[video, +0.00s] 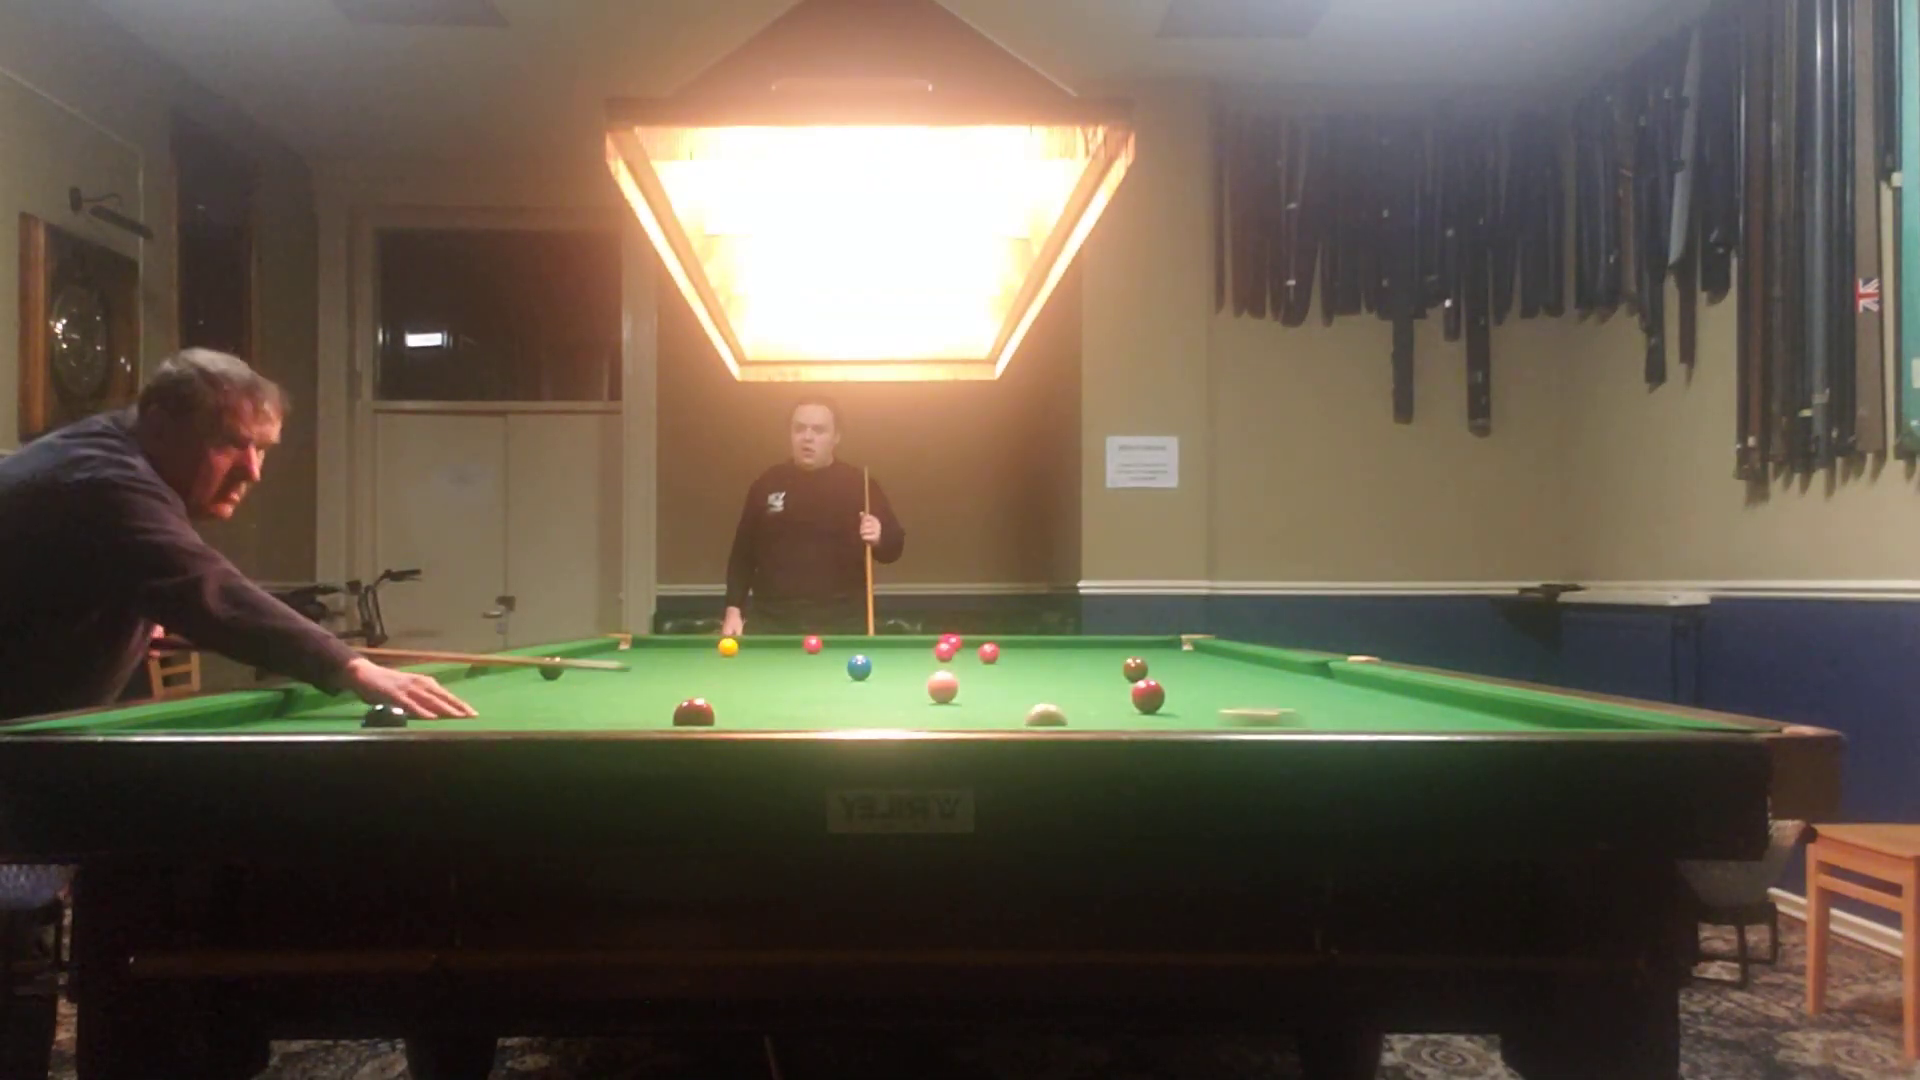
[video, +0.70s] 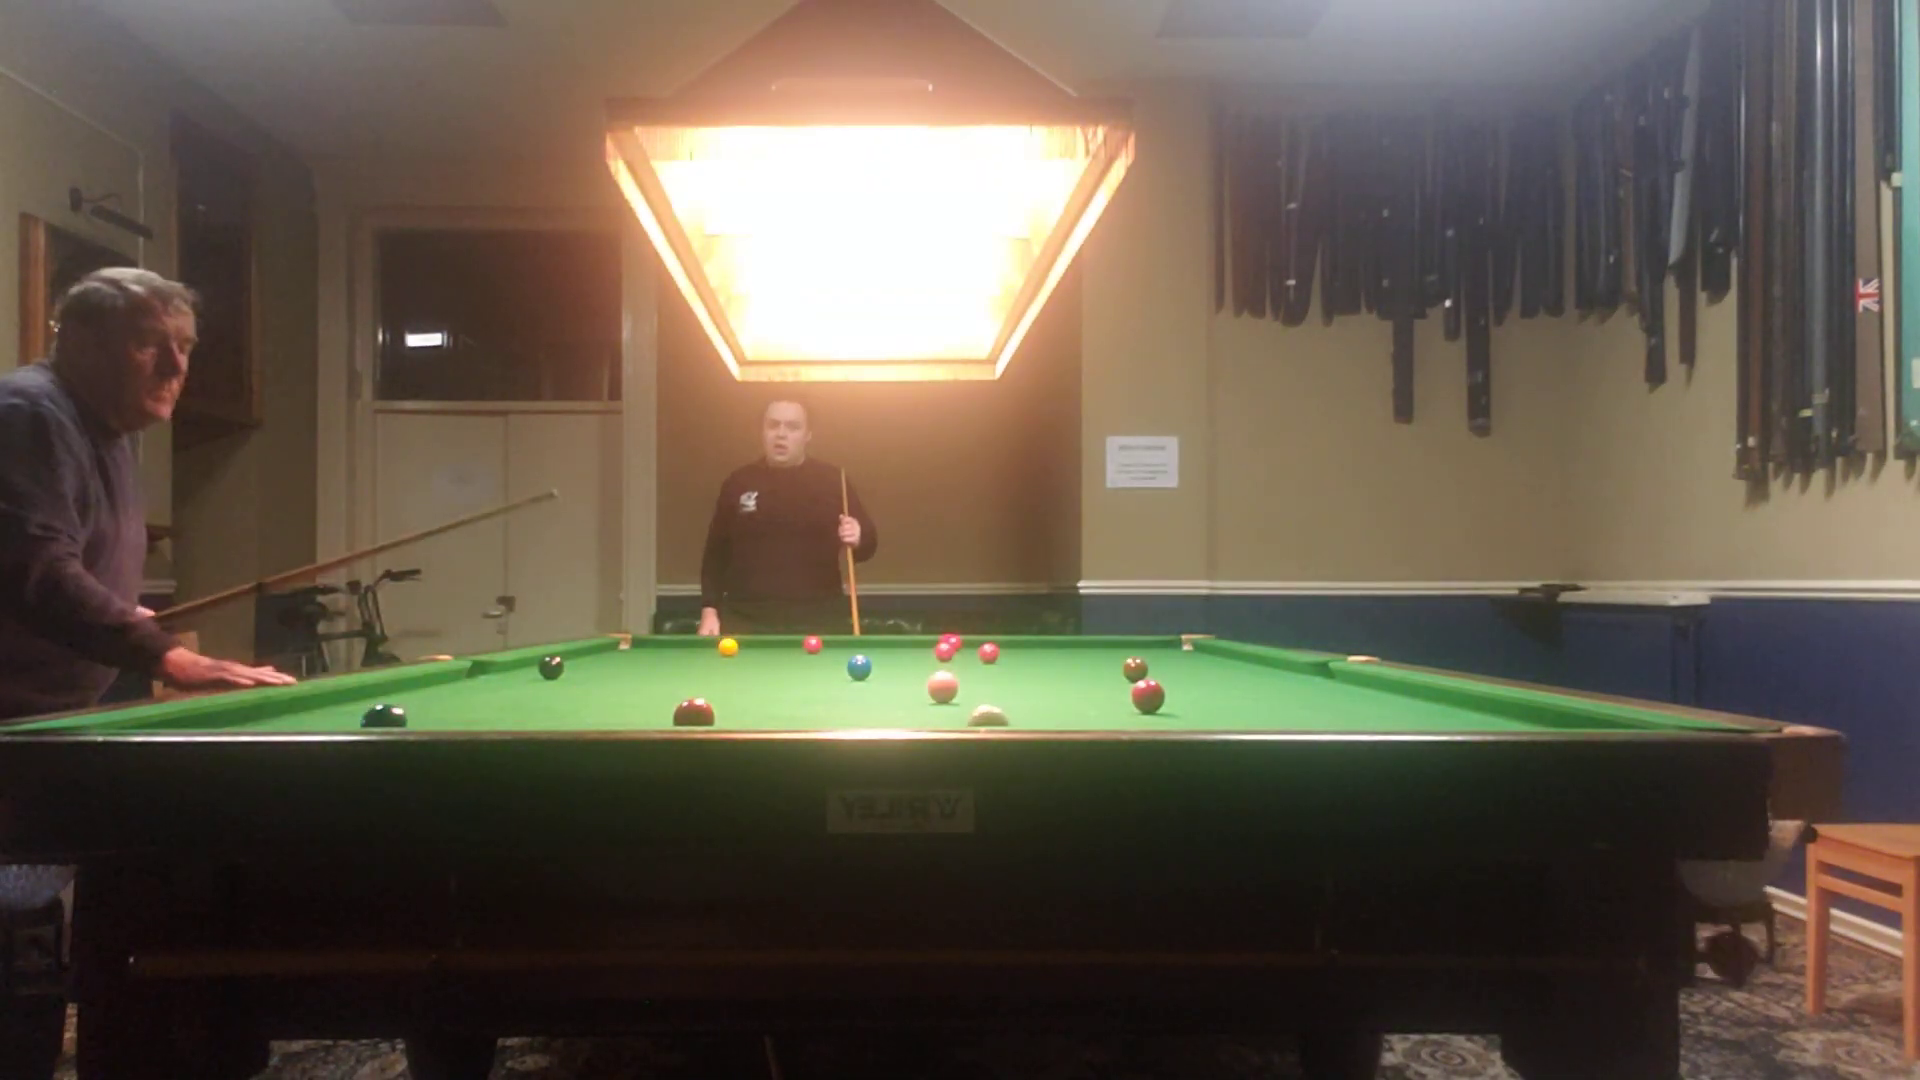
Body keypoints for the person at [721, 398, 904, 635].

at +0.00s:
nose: (807, 438)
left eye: (818, 430)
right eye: (800, 429)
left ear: (836, 437)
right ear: (790, 434)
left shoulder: (860, 485)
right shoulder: (768, 485)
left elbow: (893, 550)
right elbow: (743, 552)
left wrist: (881, 538)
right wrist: (734, 608)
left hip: (842, 626)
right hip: (773, 627)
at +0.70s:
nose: (781, 434)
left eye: (792, 426)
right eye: (773, 425)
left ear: (807, 436)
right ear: (762, 432)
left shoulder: (832, 480)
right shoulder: (739, 483)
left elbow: (867, 546)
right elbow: (716, 551)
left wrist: (860, 537)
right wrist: (710, 609)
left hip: (819, 626)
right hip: (748, 627)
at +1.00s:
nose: (753, 431)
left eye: (765, 424)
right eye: (746, 422)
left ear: (781, 433)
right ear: (735, 429)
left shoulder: (808, 482)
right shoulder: (711, 483)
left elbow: (836, 552)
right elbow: (687, 550)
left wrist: (839, 539)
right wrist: (681, 608)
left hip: (792, 627)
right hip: (723, 626)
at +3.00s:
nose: (739, 450)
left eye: (750, 440)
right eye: (731, 439)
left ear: (768, 442)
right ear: (720, 440)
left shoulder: (788, 489)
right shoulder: (692, 489)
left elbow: (812, 558)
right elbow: (667, 549)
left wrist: (821, 547)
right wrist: (660, 604)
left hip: (765, 635)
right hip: (694, 634)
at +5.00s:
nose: (749, 449)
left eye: (760, 441)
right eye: (741, 439)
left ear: (774, 444)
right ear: (727, 439)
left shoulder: (791, 487)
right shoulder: (697, 489)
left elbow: (829, 539)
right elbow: (670, 556)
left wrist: (851, 544)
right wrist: (666, 605)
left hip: (774, 632)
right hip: (704, 632)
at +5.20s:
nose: (758, 444)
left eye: (768, 436)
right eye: (749, 434)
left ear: (781, 440)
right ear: (735, 435)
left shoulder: (799, 486)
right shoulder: (706, 481)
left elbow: (832, 529)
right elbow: (678, 547)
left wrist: (860, 560)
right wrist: (672, 604)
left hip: (784, 626)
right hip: (713, 625)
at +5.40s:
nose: (771, 438)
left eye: (782, 430)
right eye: (762, 429)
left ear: (796, 436)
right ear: (748, 431)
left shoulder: (814, 486)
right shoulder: (720, 480)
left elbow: (846, 542)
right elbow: (694, 548)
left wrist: (874, 589)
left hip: (803, 625)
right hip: (735, 624)